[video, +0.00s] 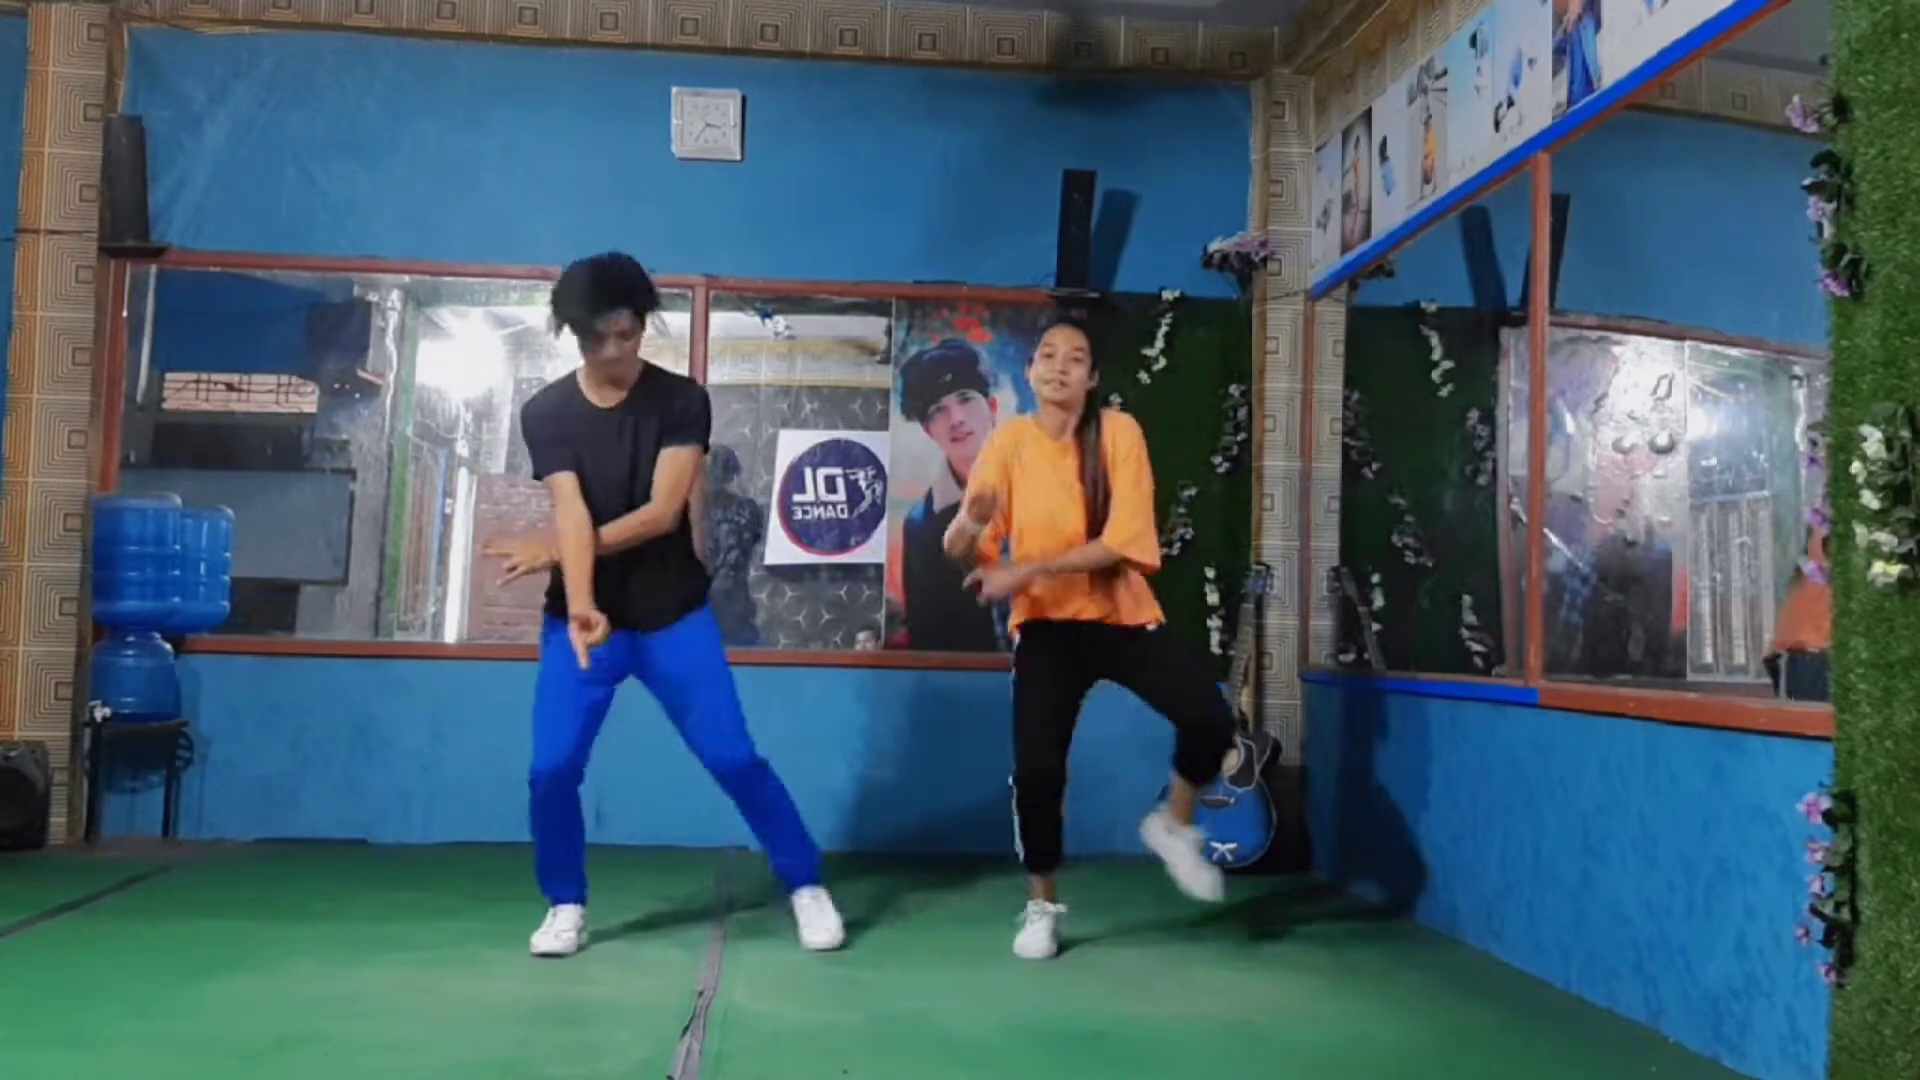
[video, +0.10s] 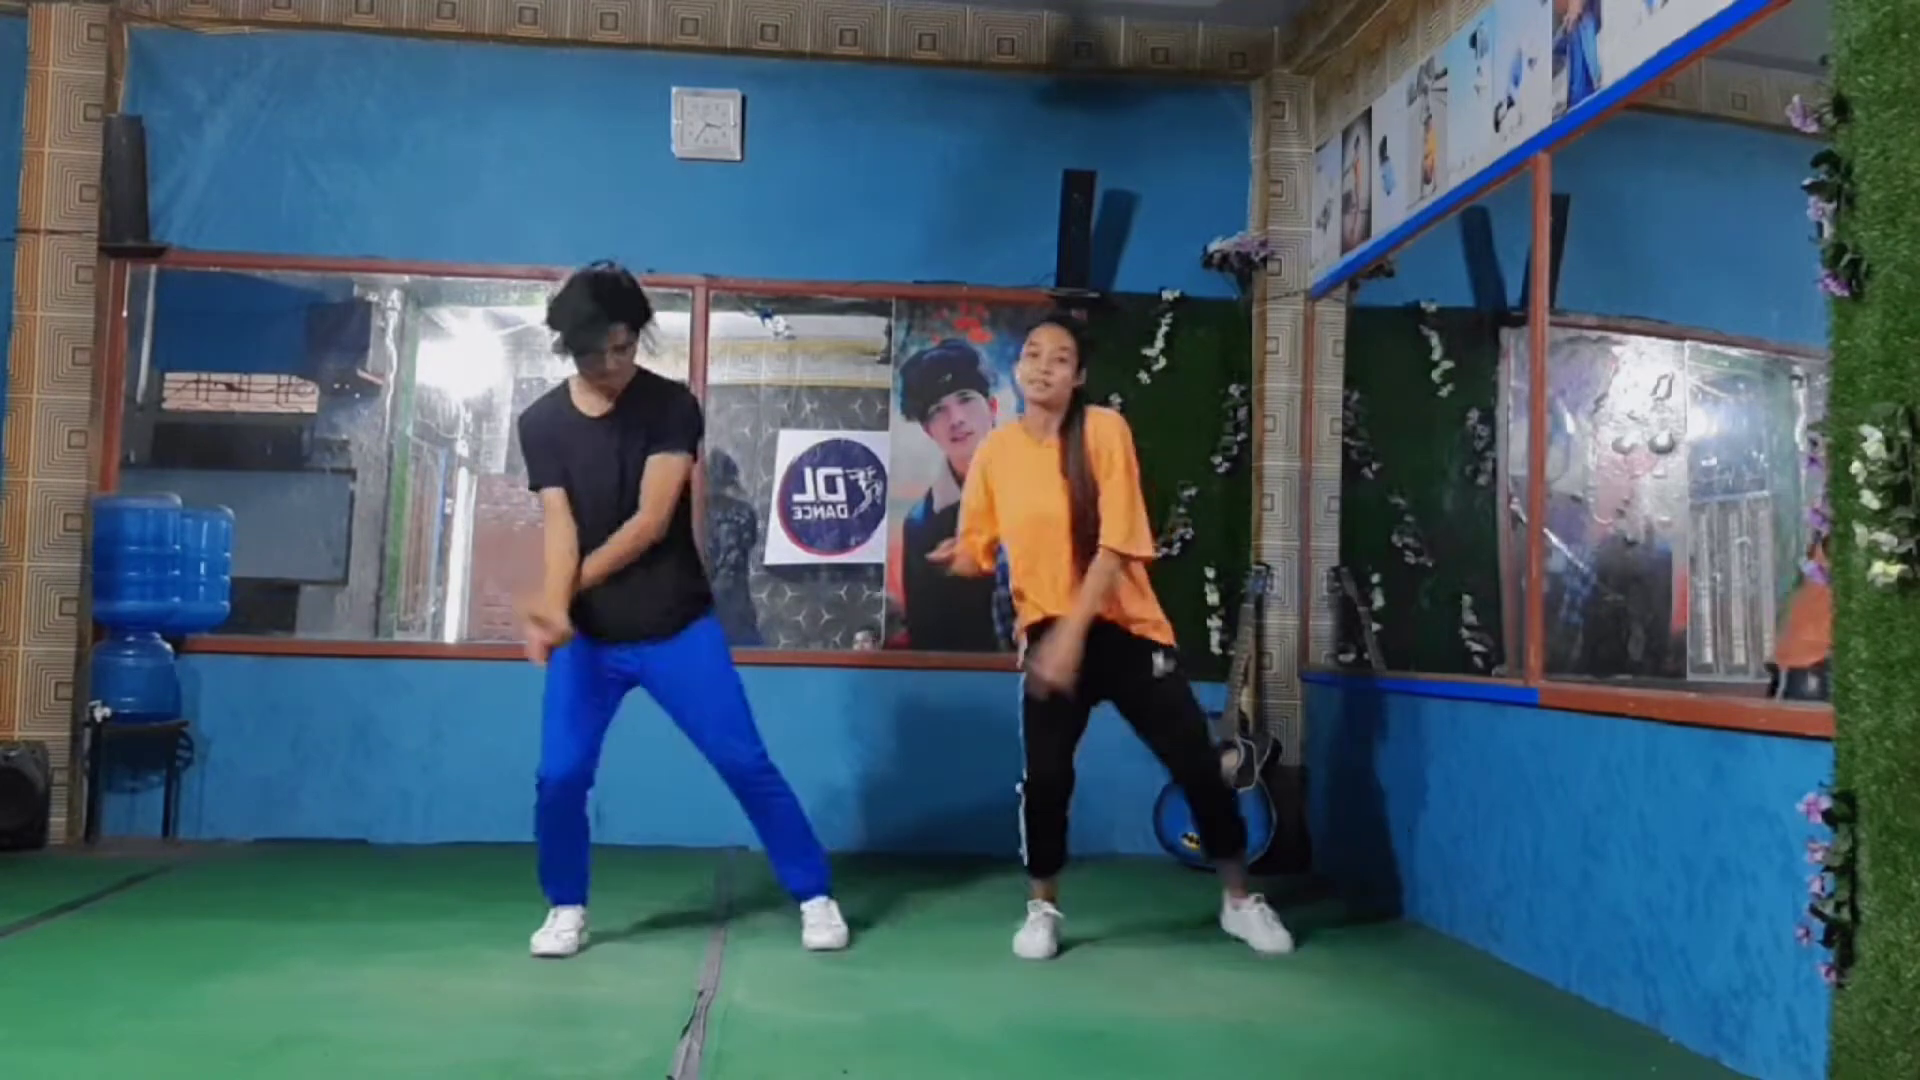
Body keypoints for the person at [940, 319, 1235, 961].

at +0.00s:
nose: (1060, 369)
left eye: (1074, 360)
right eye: (1049, 358)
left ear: (1093, 376)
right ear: (1030, 371)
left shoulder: (1118, 433)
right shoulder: (1009, 440)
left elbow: (1121, 544)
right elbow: (958, 551)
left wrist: (1025, 571)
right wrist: (967, 526)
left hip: (1126, 621)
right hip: (1049, 628)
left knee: (1210, 720)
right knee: (1036, 770)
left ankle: (1173, 823)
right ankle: (1042, 903)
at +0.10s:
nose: (1043, 367)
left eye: (1059, 359)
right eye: (1034, 356)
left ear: (1079, 375)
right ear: (1017, 369)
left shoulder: (1103, 429)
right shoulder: (995, 449)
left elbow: (1117, 546)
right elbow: (980, 546)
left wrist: (1070, 632)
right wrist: (964, 552)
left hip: (1125, 621)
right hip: (1049, 630)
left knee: (1197, 757)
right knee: (1045, 776)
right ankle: (1043, 905)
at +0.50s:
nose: (1110, 339)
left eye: (1121, 326)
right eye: (1095, 326)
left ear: (1134, 336)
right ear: (1070, 335)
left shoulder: (1145, 418)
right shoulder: (1036, 390)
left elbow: (1155, 519)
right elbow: (985, 482)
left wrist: (1225, 557)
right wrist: (1067, 516)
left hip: (1089, 587)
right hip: (1013, 578)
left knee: (1131, 691)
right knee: (969, 737)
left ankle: (1081, 823)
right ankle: (1004, 891)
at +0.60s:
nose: (1115, 349)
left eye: (1126, 335)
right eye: (1101, 336)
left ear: (1139, 343)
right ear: (1075, 343)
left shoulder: (1148, 424)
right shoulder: (1048, 398)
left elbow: (1141, 515)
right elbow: (998, 501)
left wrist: (1215, 509)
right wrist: (1023, 575)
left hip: (1085, 601)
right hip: (1010, 583)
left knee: (1072, 765)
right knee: (958, 741)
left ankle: (1046, 912)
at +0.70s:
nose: (1110, 356)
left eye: (1120, 342)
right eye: (1095, 343)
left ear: (1133, 349)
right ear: (1070, 350)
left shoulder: (1140, 433)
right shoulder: (1043, 411)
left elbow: (1140, 513)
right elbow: (1001, 504)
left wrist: (1190, 506)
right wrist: (981, 558)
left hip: (1094, 605)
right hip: (1021, 584)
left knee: (1066, 767)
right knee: (951, 727)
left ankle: (1048, 912)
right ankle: (889, 883)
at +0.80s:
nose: (1099, 347)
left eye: (1110, 335)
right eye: (1085, 334)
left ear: (1124, 345)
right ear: (1059, 343)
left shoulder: (1145, 421)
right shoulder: (1021, 404)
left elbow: (1173, 507)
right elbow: (966, 491)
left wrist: (1148, 537)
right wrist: (958, 496)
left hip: (1089, 588)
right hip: (1008, 573)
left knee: (1073, 761)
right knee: (990, 671)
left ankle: (1049, 912)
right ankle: (965, 823)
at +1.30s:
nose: (1083, 371)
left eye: (1087, 359)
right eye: (1071, 361)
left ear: (1080, 360)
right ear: (1031, 363)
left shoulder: (1049, 421)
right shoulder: (1010, 411)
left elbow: (1046, 536)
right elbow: (935, 471)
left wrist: (1108, 577)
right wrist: (931, 552)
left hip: (1018, 605)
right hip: (997, 607)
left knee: (1034, 764)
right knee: (1088, 739)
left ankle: (933, 893)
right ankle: (1123, 906)